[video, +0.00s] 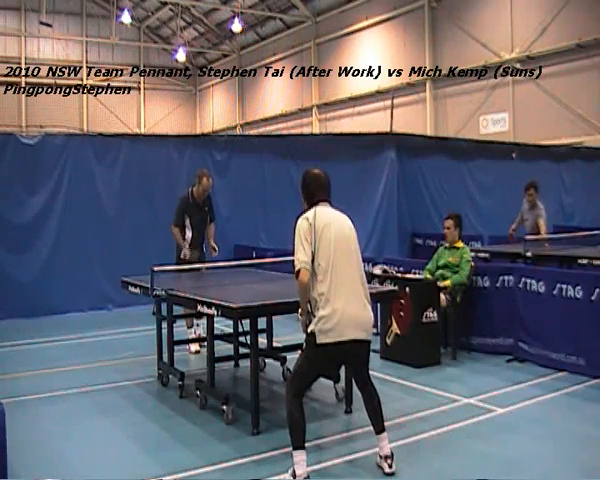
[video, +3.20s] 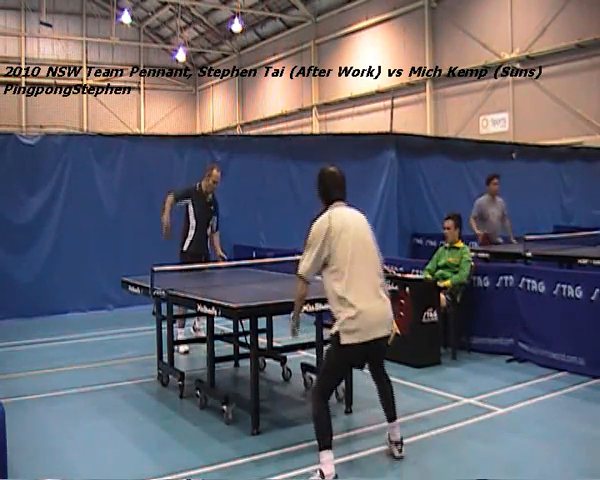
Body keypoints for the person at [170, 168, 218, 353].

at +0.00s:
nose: (206, 192)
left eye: (208, 188)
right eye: (204, 188)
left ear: (210, 187)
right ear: (197, 185)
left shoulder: (207, 200)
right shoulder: (185, 200)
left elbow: (210, 222)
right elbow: (175, 226)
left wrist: (211, 241)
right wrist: (183, 246)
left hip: (200, 250)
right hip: (186, 251)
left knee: (200, 289)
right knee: (187, 292)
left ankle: (198, 327)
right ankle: (190, 332)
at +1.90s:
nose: (216, 188)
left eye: (218, 185)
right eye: (213, 185)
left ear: (221, 184)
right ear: (206, 184)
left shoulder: (220, 201)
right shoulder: (197, 200)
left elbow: (224, 226)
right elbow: (184, 222)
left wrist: (225, 244)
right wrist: (201, 230)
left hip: (208, 252)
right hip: (195, 253)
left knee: (208, 294)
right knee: (199, 295)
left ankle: (201, 332)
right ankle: (199, 332)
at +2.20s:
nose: (215, 187)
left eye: (217, 183)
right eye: (212, 183)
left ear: (220, 183)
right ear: (206, 182)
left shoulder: (219, 199)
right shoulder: (198, 198)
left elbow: (225, 218)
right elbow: (197, 222)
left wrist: (227, 225)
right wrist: (218, 211)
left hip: (209, 251)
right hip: (195, 252)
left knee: (209, 292)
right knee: (199, 295)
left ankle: (198, 324)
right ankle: (201, 334)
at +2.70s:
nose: (220, 191)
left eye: (222, 188)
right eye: (219, 187)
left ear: (219, 188)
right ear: (209, 185)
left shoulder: (208, 200)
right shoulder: (203, 201)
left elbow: (211, 224)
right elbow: (216, 224)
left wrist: (224, 233)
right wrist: (226, 214)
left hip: (202, 252)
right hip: (196, 253)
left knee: (207, 289)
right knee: (203, 294)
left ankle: (199, 322)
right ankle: (202, 334)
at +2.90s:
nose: (222, 190)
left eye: (224, 187)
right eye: (220, 185)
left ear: (223, 187)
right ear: (211, 183)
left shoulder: (217, 202)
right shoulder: (201, 197)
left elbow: (214, 228)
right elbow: (185, 181)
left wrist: (218, 247)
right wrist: (190, 187)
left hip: (204, 249)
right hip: (190, 248)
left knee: (204, 286)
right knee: (193, 288)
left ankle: (199, 325)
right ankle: (192, 328)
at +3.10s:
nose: (217, 183)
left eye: (219, 181)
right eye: (215, 179)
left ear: (221, 182)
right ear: (207, 176)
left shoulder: (216, 198)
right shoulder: (196, 188)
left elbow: (214, 226)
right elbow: (174, 185)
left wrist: (216, 248)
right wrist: (168, 195)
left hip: (204, 248)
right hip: (189, 247)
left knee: (203, 287)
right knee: (185, 288)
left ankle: (198, 324)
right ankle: (180, 329)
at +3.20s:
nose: (214, 186)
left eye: (217, 183)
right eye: (213, 181)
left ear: (218, 183)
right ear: (206, 178)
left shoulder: (213, 201)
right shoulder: (192, 192)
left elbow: (214, 230)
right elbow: (171, 197)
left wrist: (218, 250)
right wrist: (166, 220)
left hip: (204, 253)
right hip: (188, 252)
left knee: (204, 291)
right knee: (183, 293)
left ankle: (198, 325)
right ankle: (179, 332)